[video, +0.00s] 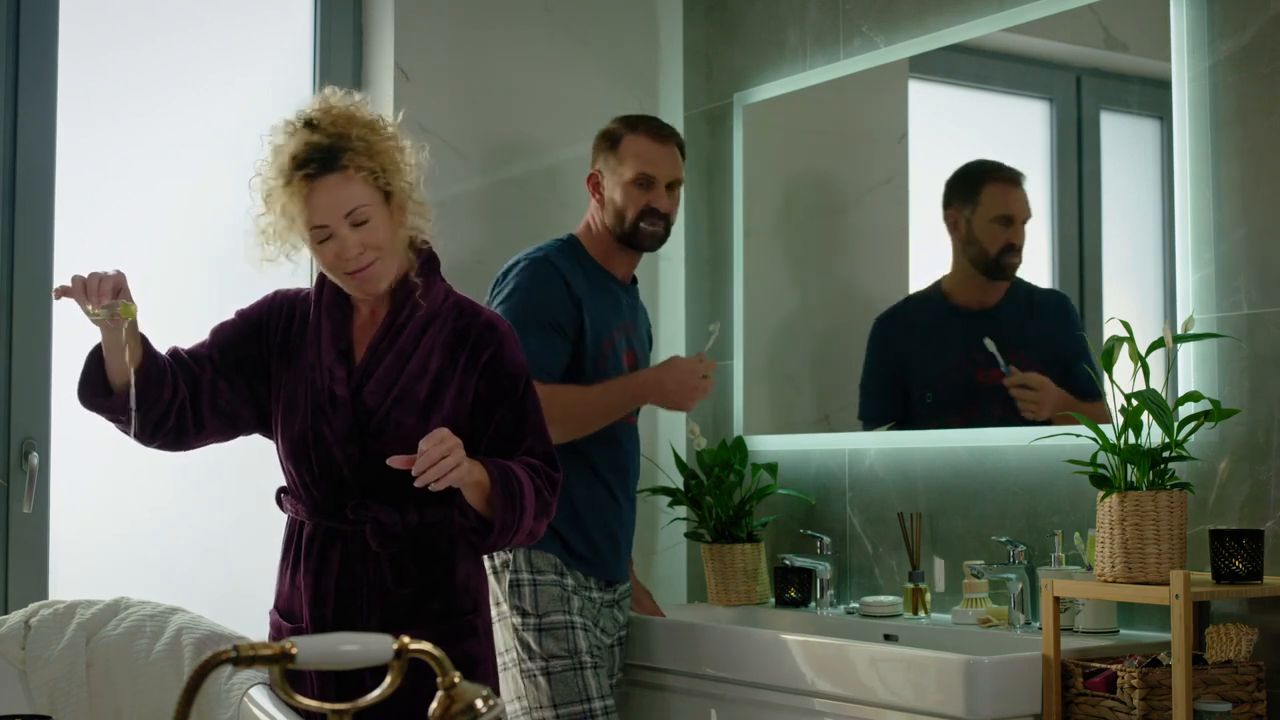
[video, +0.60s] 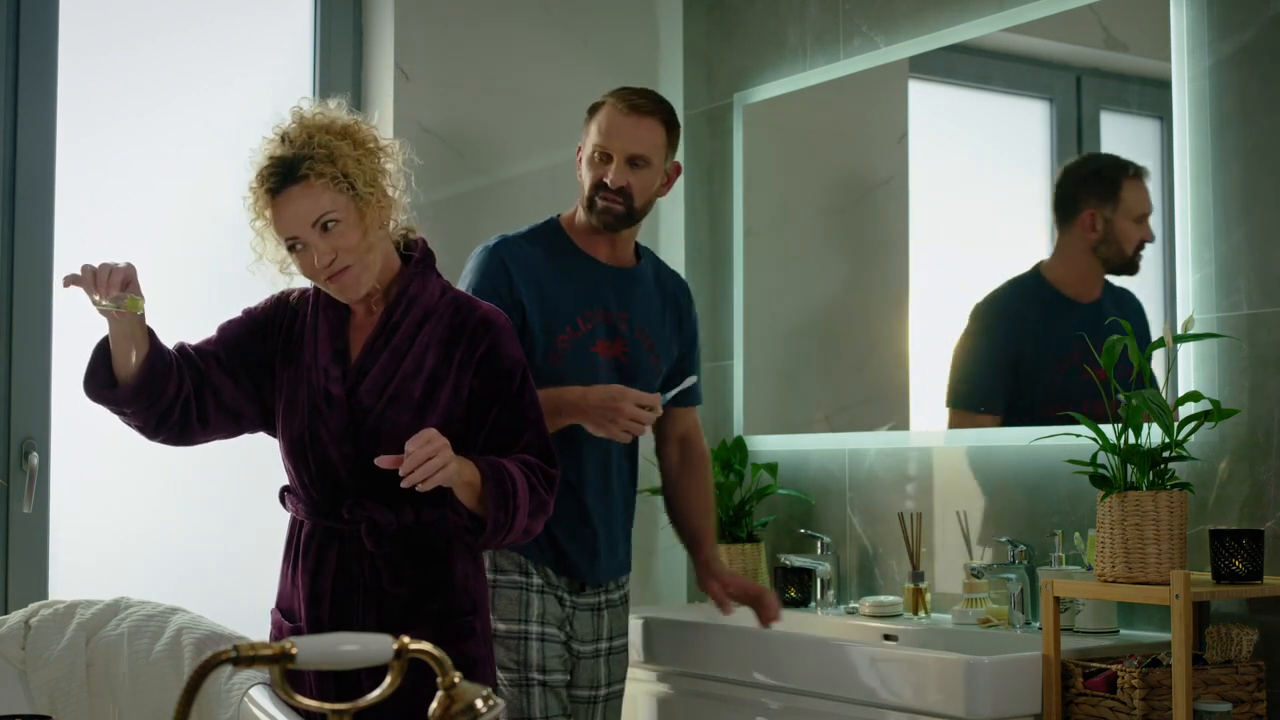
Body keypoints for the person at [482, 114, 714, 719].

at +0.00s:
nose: (660, 203)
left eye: (672, 187)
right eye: (642, 183)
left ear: (681, 193)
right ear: (597, 185)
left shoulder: (630, 304)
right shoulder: (539, 279)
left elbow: (603, 461)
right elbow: (514, 413)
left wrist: (626, 579)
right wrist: (646, 387)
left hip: (601, 577)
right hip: (541, 567)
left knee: (587, 708)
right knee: (570, 710)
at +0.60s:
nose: (613, 178)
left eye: (636, 164)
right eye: (601, 156)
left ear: (668, 178)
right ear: (579, 156)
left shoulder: (668, 295)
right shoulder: (508, 265)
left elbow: (682, 441)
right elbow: (469, 413)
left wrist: (710, 563)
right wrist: (573, 404)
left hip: (604, 566)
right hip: (513, 556)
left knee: (594, 712)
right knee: (523, 714)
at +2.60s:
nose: (599, 187)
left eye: (623, 172)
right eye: (589, 164)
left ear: (665, 177)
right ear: (574, 153)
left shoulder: (681, 297)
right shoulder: (499, 265)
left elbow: (697, 457)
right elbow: (454, 414)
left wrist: (720, 593)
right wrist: (548, 411)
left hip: (609, 594)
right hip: (496, 586)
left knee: (602, 712)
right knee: (494, 713)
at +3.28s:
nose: (605, 176)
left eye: (623, 158)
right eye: (588, 156)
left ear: (648, 166)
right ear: (559, 158)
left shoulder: (650, 296)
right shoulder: (516, 271)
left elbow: (666, 440)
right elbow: (483, 406)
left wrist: (706, 564)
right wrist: (580, 389)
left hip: (607, 575)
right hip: (518, 568)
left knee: (595, 712)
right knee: (519, 710)